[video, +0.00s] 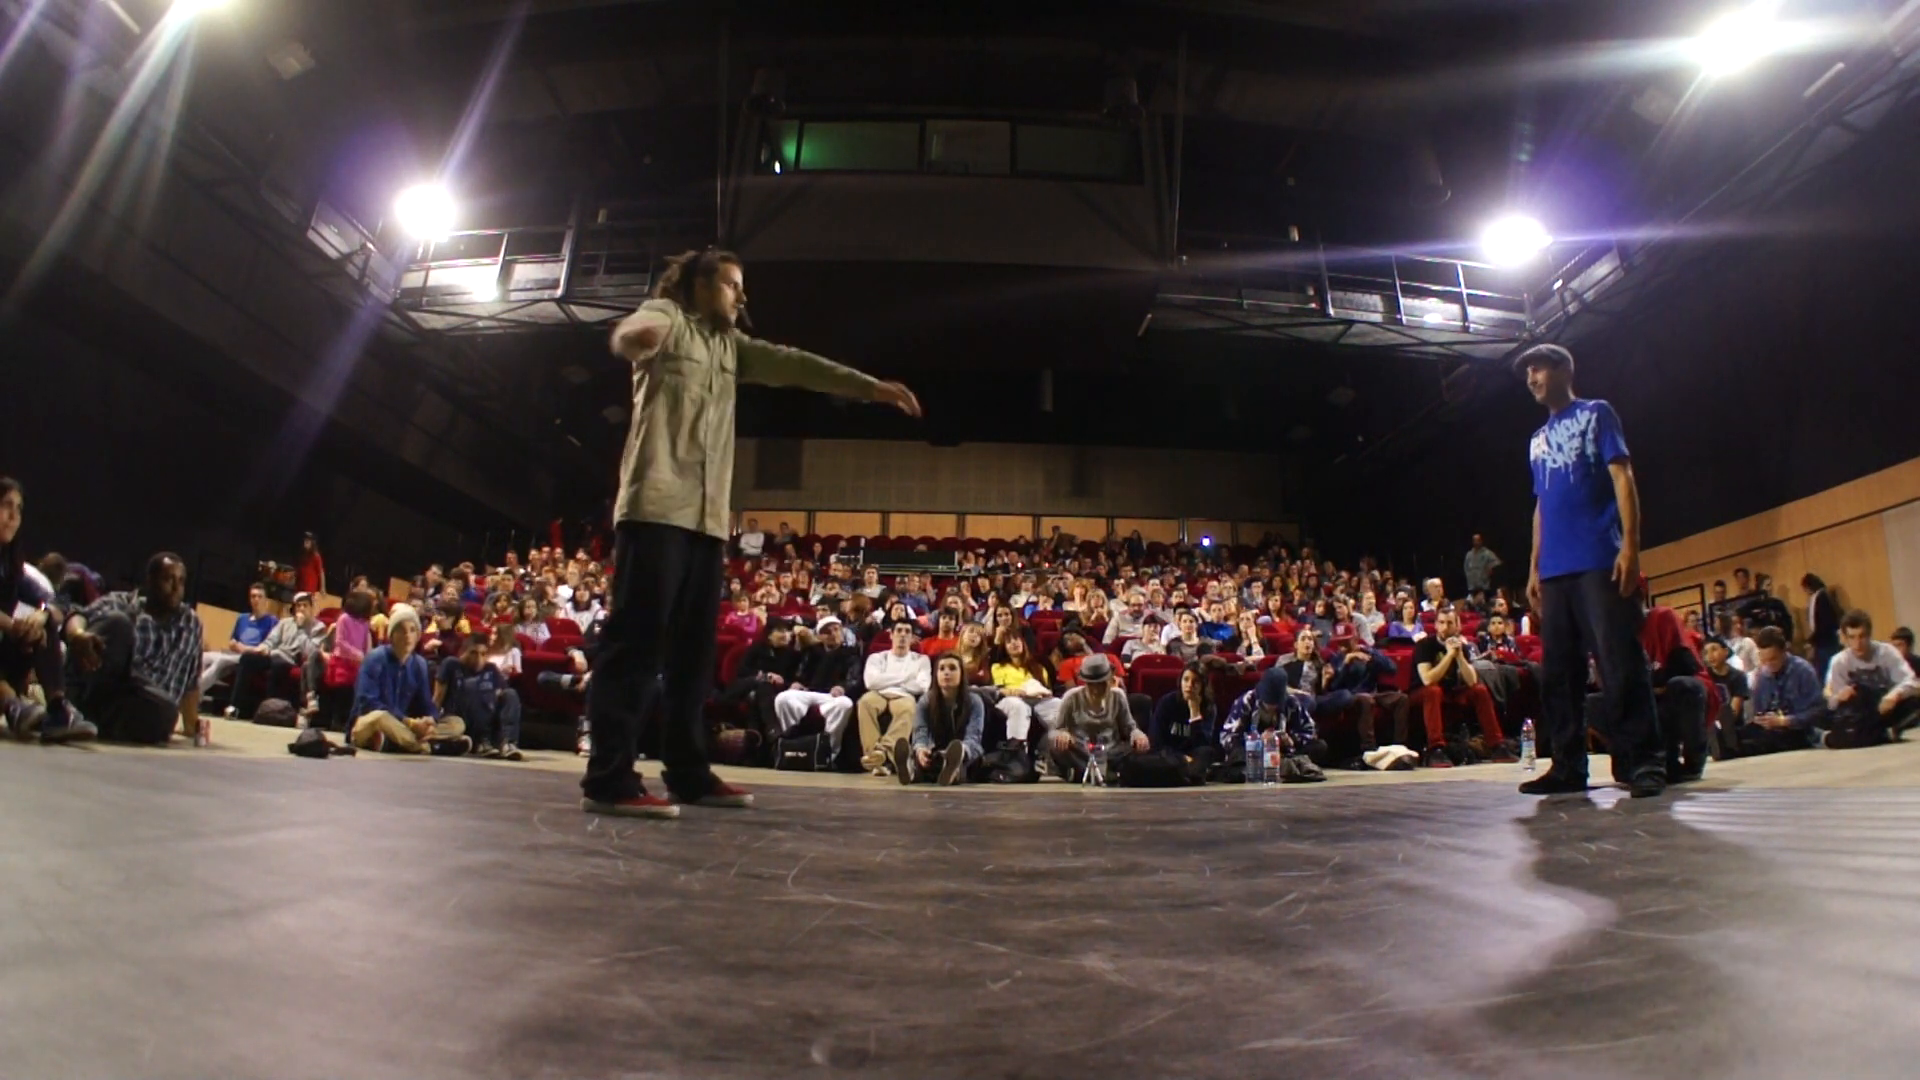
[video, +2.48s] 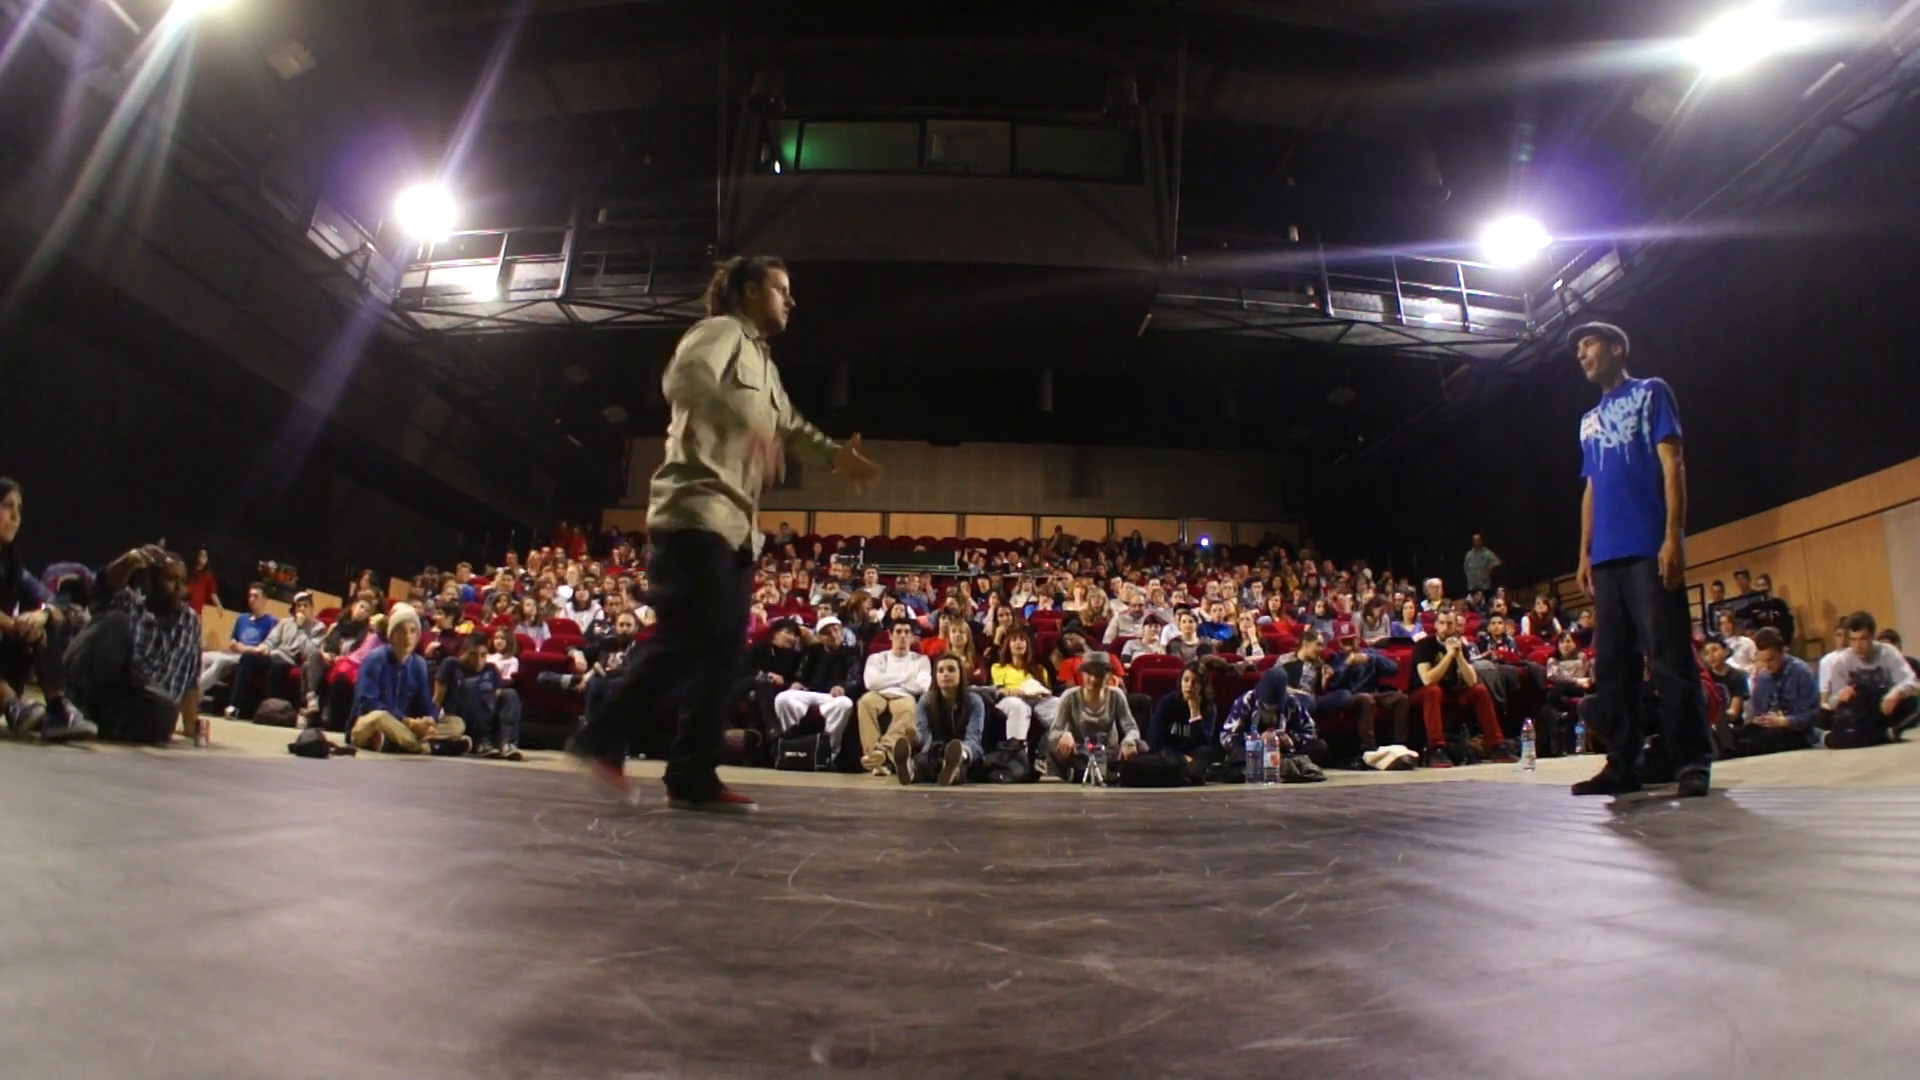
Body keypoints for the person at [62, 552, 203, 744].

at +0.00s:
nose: (176, 588)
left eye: (181, 581)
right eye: (169, 580)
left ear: (184, 586)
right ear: (151, 580)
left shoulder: (191, 623)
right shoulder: (122, 602)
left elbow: (190, 684)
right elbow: (79, 616)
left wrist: (191, 730)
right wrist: (76, 634)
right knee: (117, 624)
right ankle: (71, 710)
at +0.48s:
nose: (178, 589)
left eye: (183, 582)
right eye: (170, 581)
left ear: (186, 585)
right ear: (152, 582)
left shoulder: (191, 624)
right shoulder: (123, 603)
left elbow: (190, 685)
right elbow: (78, 617)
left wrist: (191, 731)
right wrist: (77, 635)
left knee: (160, 719)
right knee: (116, 624)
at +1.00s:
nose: (178, 589)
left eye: (182, 582)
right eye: (170, 580)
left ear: (186, 585)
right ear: (151, 581)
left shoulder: (190, 623)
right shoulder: (123, 603)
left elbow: (190, 685)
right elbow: (77, 619)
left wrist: (191, 731)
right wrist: (77, 635)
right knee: (116, 625)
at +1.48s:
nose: (177, 589)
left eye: (182, 582)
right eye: (169, 581)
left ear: (186, 585)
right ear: (151, 581)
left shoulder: (190, 622)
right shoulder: (122, 603)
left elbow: (190, 685)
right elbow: (77, 620)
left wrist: (191, 731)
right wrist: (78, 635)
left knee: (163, 717)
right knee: (117, 625)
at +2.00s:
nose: (176, 586)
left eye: (181, 580)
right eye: (170, 578)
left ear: (185, 584)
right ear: (152, 580)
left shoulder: (191, 621)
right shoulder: (131, 610)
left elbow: (190, 678)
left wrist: (191, 727)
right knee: (116, 622)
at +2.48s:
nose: (178, 588)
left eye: (181, 582)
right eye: (170, 580)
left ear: (184, 587)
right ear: (152, 581)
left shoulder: (189, 621)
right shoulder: (131, 606)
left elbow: (191, 682)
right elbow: (106, 588)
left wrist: (191, 730)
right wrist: (129, 562)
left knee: (158, 721)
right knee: (115, 621)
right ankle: (68, 704)